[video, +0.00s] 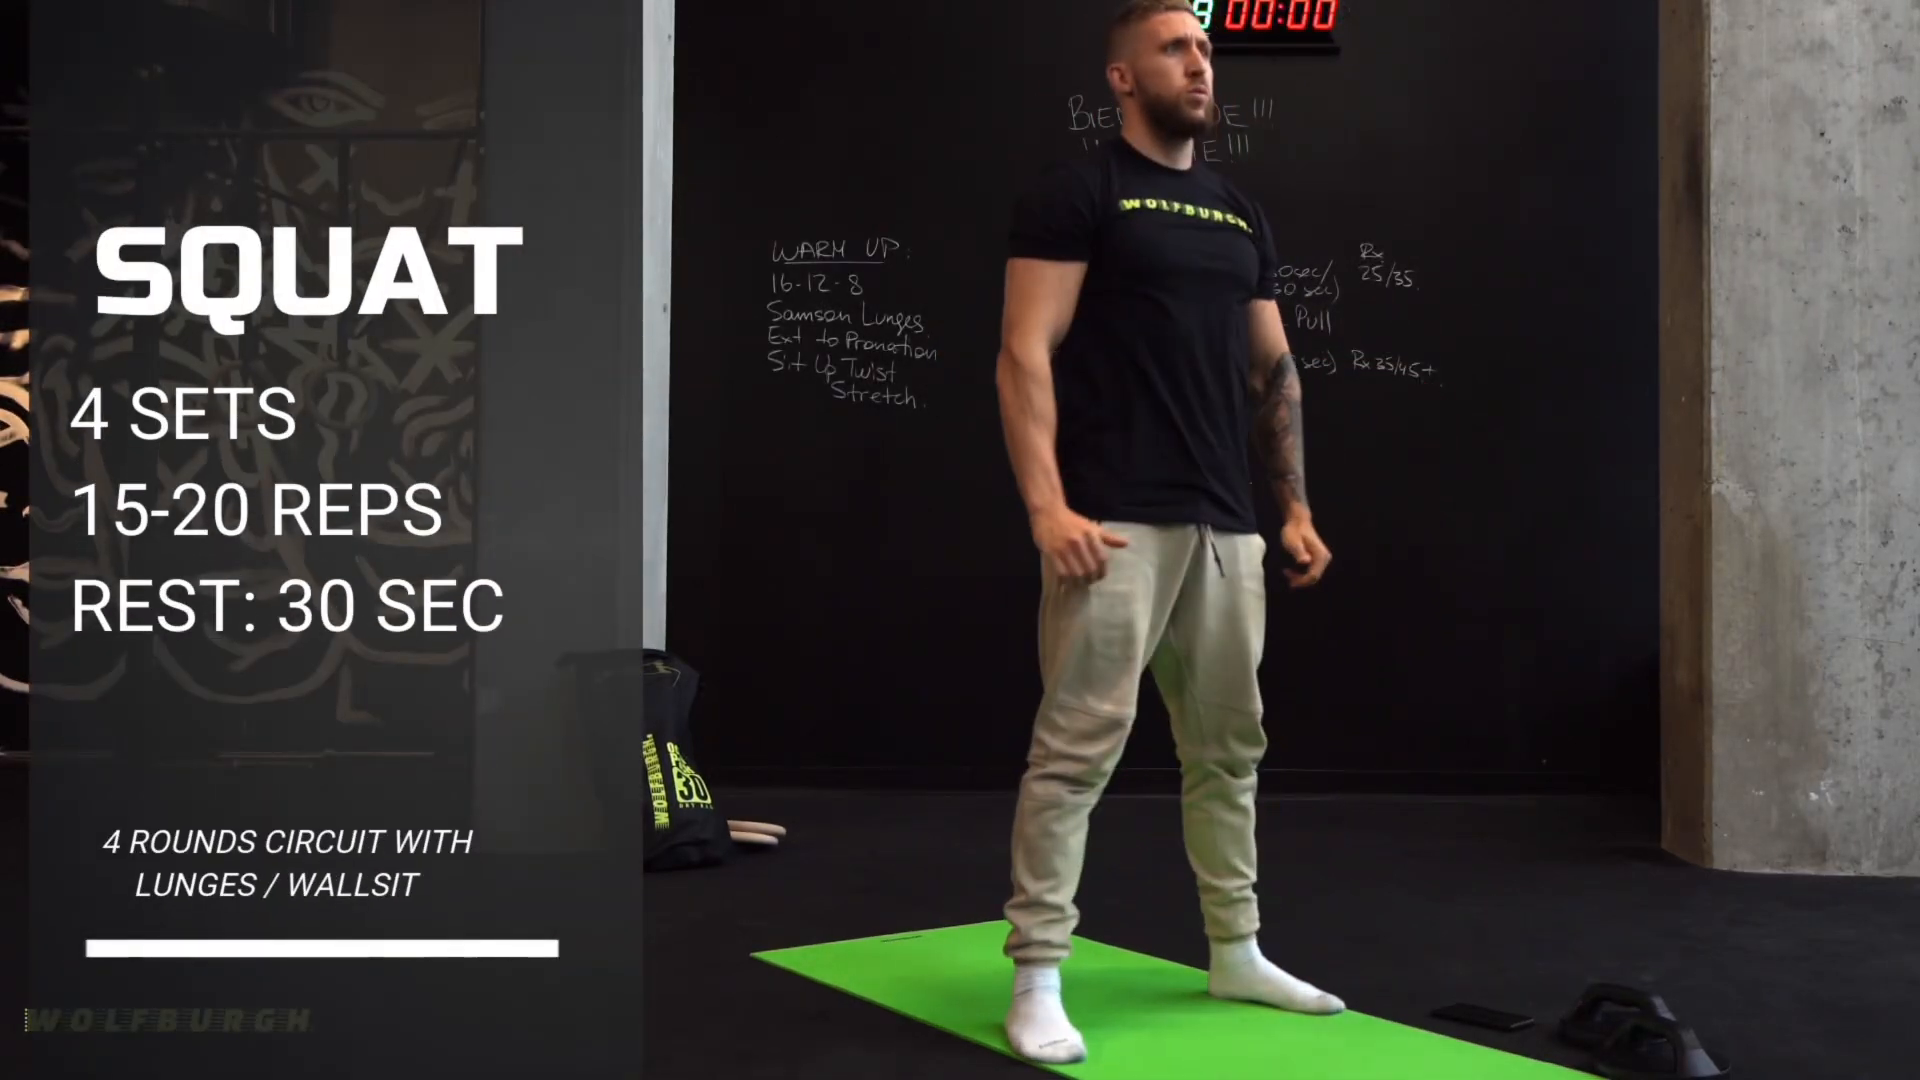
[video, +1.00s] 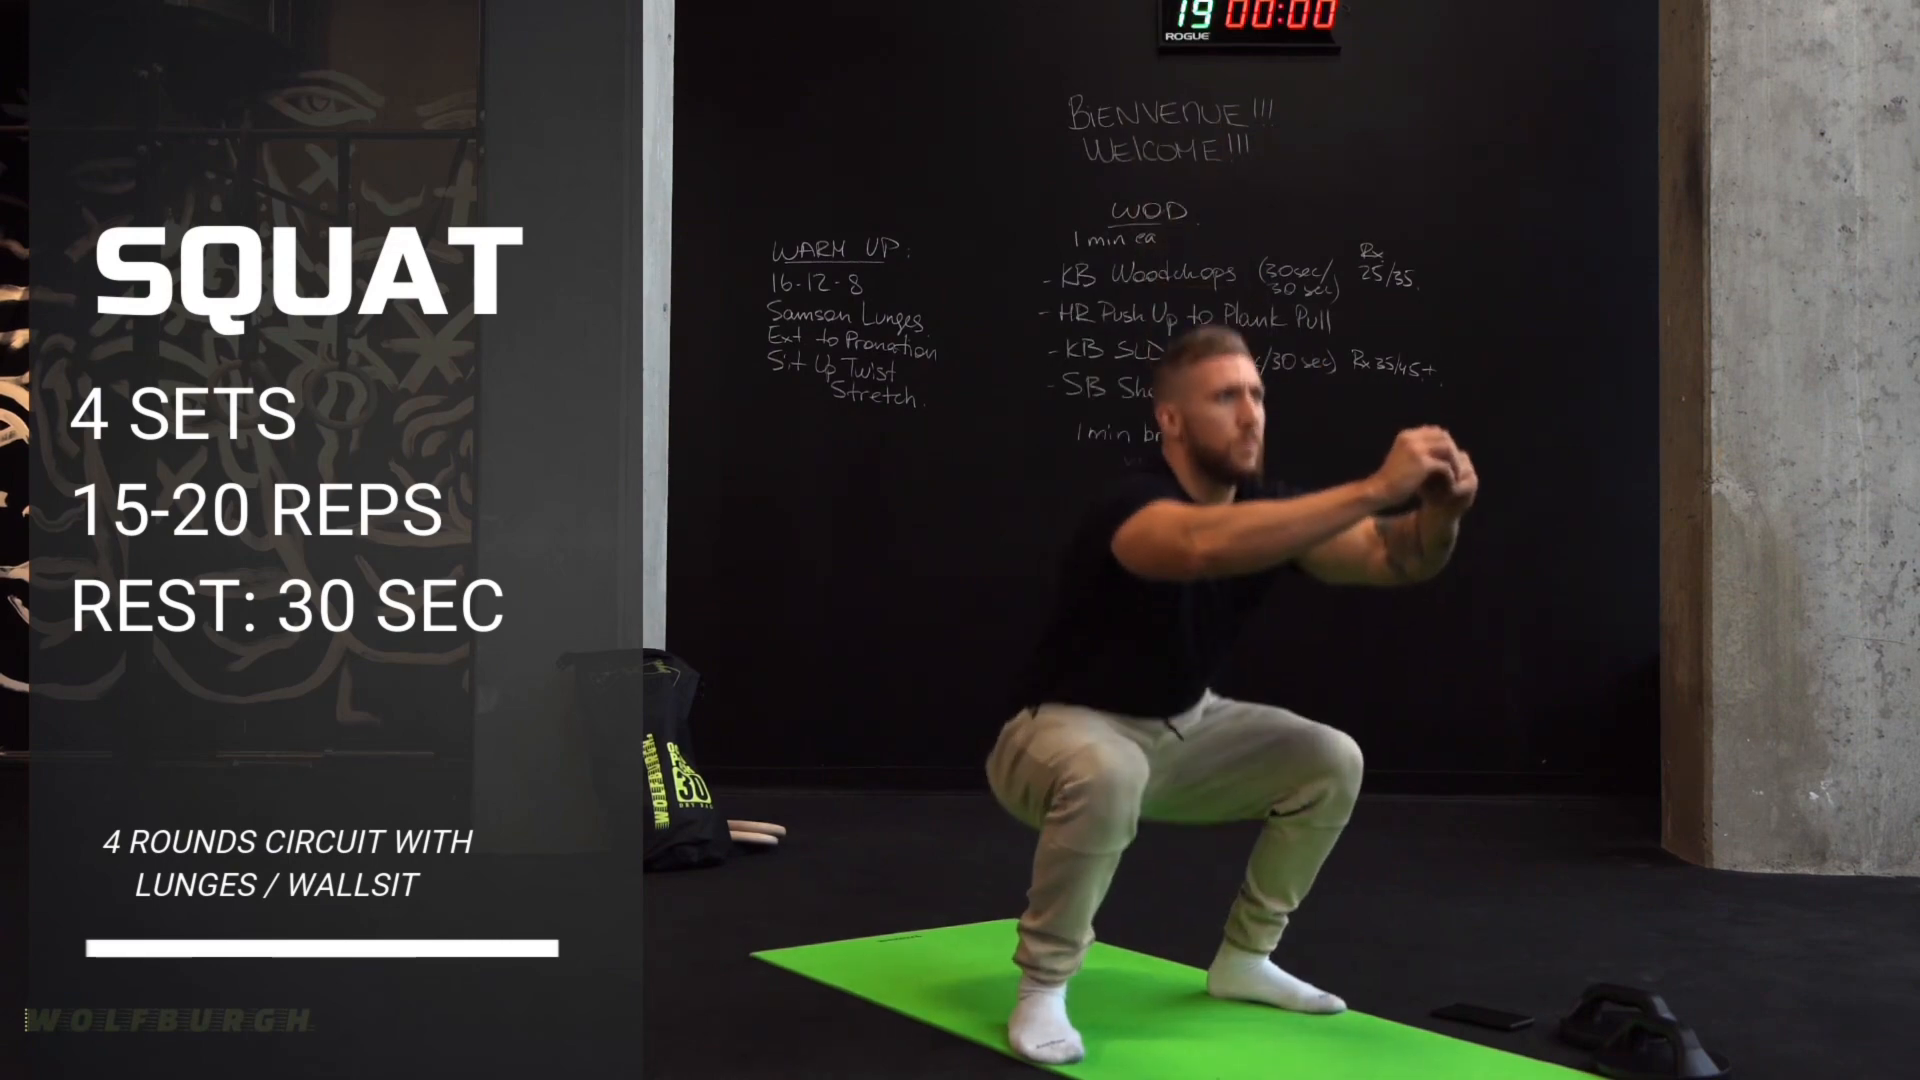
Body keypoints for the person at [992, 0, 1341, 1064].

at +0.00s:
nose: (1199, 64)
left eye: (1204, 49)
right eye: (1175, 50)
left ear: (1212, 75)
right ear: (1121, 77)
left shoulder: (1235, 206)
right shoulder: (1076, 193)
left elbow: (1274, 368)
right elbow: (1024, 357)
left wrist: (1292, 501)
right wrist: (1047, 508)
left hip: (1227, 525)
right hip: (1111, 520)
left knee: (1228, 746)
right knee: (1076, 749)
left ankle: (1236, 956)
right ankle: (1038, 977)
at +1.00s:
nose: (1250, 413)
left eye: (1255, 395)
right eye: (1226, 397)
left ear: (1266, 409)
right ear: (1170, 421)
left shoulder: (1265, 513)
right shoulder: (1129, 507)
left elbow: (1391, 553)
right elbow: (1201, 546)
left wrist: (1440, 513)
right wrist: (1375, 491)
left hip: (1185, 732)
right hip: (1064, 728)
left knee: (1330, 764)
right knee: (1111, 776)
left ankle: (1243, 960)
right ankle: (1044, 989)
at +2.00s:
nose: (1226, 120)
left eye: (1231, 105)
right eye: (1201, 104)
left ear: (1238, 128)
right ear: (1145, 127)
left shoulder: (1253, 260)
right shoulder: (1097, 242)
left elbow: (1331, 377)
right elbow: (1101, 377)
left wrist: (1388, 452)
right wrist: (1242, 455)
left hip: (1215, 562)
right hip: (1094, 558)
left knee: (1291, 748)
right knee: (1096, 762)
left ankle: (1241, 958)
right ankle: (1041, 981)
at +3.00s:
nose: (1232, 198)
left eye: (1236, 181)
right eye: (1208, 183)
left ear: (1245, 198)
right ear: (1154, 204)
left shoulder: (1254, 315)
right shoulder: (1105, 303)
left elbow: (1350, 391)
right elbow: (1158, 412)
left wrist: (1426, 431)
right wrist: (1309, 444)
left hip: (1208, 601)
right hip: (1090, 603)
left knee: (1321, 758)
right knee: (1113, 767)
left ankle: (1243, 959)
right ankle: (1044, 984)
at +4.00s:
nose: (1244, 350)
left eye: (1251, 333)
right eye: (1220, 335)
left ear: (1259, 349)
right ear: (1165, 358)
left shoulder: (1262, 453)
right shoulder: (1119, 448)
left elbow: (1387, 495)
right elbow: (1196, 492)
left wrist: (1446, 453)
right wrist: (1366, 453)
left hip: (1192, 699)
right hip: (1072, 695)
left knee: (1330, 766)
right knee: (1102, 779)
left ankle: (1242, 963)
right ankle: (1043, 989)